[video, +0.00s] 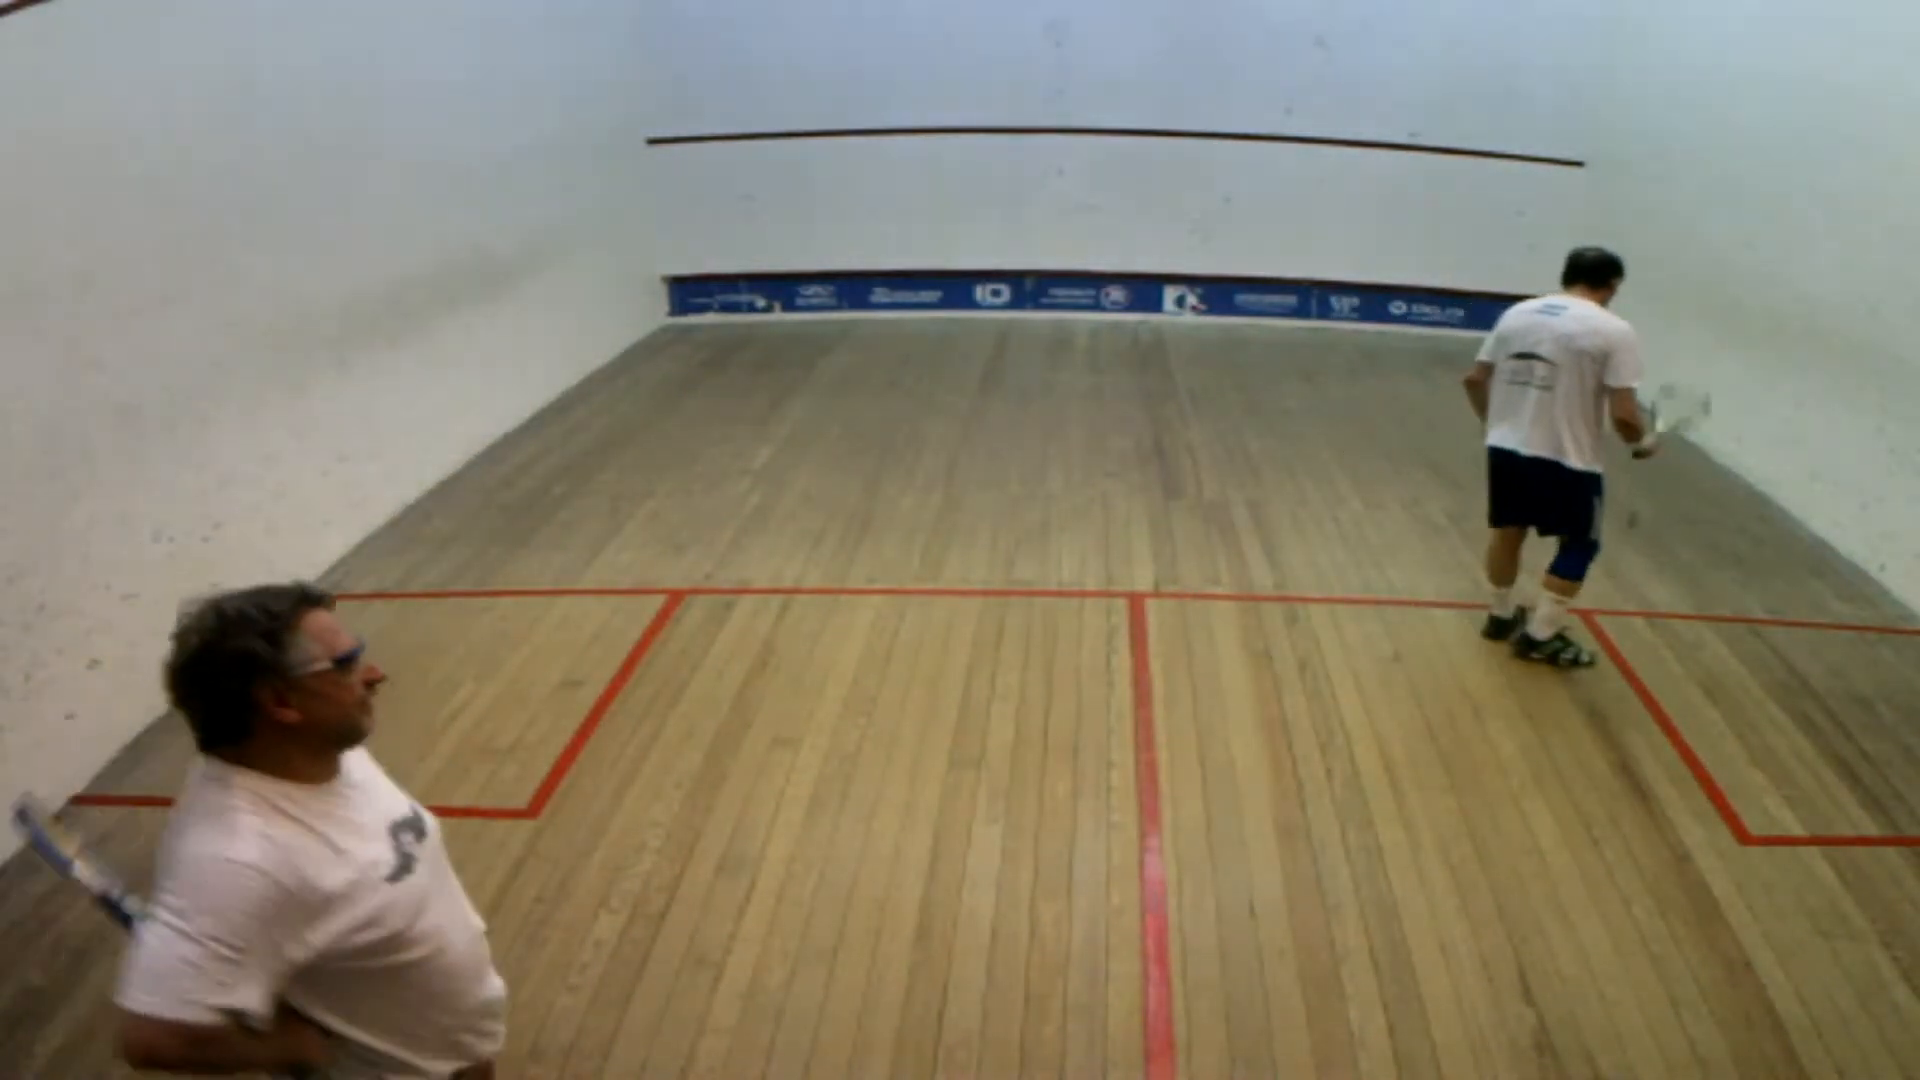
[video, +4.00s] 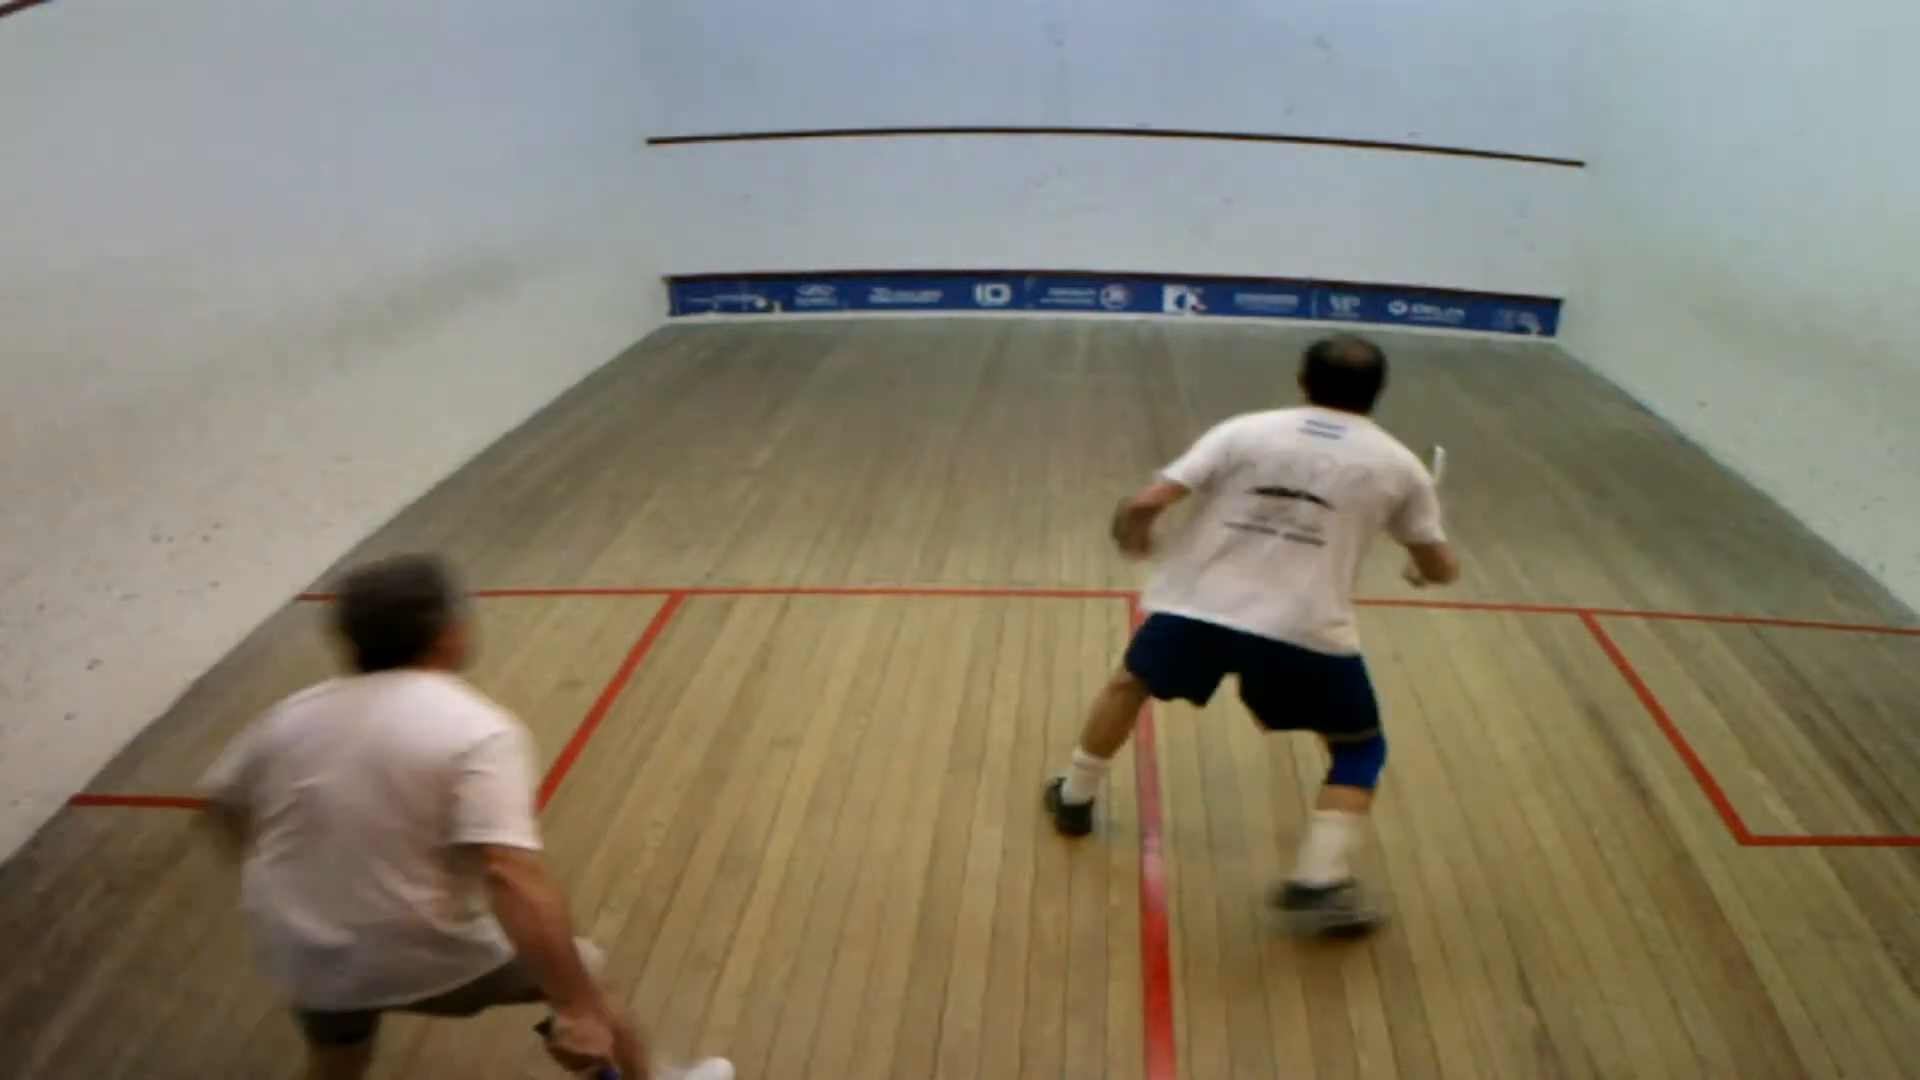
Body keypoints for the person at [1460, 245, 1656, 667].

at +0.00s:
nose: (1612, 298)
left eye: (1613, 292)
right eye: (1614, 291)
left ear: (1567, 280)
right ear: (1608, 288)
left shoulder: (1519, 313)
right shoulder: (1613, 332)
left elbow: (1476, 378)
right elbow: (1624, 416)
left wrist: (1495, 424)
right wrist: (1640, 442)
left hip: (1506, 448)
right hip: (1569, 458)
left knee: (1507, 529)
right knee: (1580, 543)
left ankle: (1500, 614)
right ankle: (1541, 634)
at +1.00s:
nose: (1640, 299)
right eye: (1644, 294)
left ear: (1597, 280)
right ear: (1640, 290)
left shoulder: (1547, 310)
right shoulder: (1644, 337)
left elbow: (1495, 368)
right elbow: (1641, 416)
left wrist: (1520, 413)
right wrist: (1643, 470)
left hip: (1526, 445)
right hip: (1589, 460)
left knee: (1516, 528)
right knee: (1590, 542)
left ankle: (1500, 613)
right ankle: (1545, 630)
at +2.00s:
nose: (1759, 311)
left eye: (1758, 303)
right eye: (1760, 304)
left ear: (1712, 292)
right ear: (1751, 309)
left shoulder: (1672, 324)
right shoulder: (1725, 356)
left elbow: (1672, 391)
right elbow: (1739, 428)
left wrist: (1739, 398)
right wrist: (1807, 408)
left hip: (1614, 450)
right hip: (1672, 477)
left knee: (1572, 526)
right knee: (1663, 558)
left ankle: (1512, 603)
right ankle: (1640, 636)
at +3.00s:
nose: (1607, 320)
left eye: (1612, 313)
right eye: (1610, 312)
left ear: (1627, 321)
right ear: (1658, 320)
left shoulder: (1639, 374)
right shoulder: (1675, 353)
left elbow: (1649, 457)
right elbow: (1590, 382)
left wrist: (1575, 445)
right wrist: (1520, 390)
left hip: (1632, 507)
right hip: (1680, 500)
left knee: (1573, 581)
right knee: (1656, 575)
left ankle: (1633, 673)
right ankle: (1646, 654)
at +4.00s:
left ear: (1304, 384)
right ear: (1374, 397)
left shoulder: (1245, 432)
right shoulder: (1395, 466)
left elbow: (1144, 504)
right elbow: (1439, 566)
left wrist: (1133, 539)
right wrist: (1421, 566)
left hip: (1200, 607)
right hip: (1305, 629)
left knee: (1130, 684)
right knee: (1358, 748)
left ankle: (1075, 796)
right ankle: (1318, 880)